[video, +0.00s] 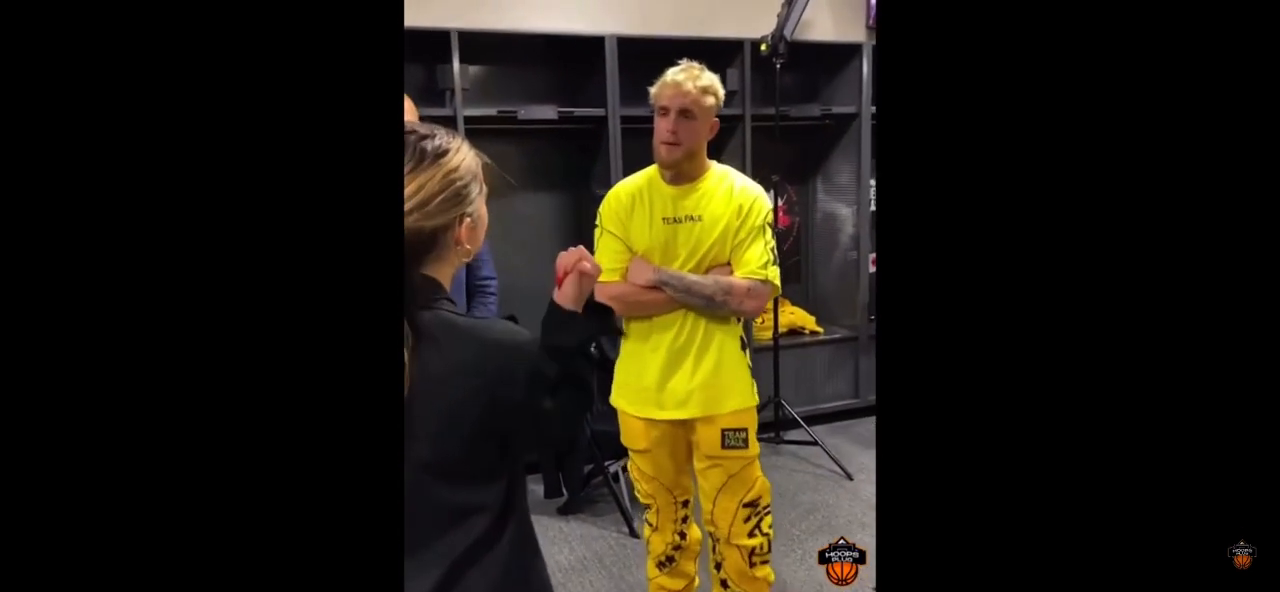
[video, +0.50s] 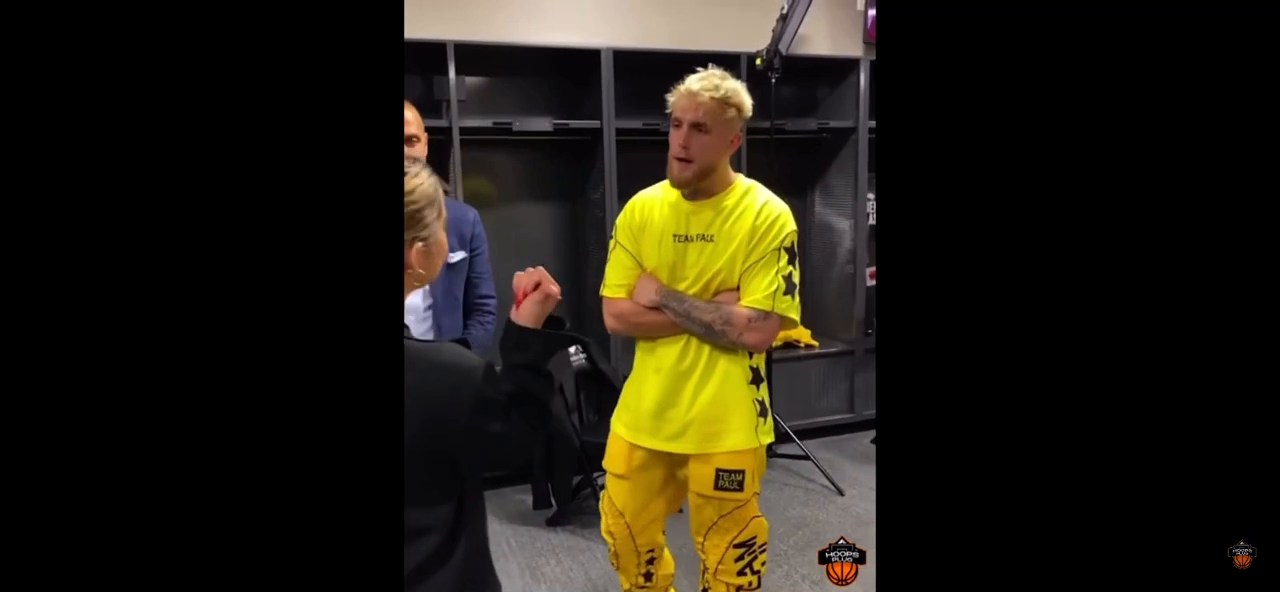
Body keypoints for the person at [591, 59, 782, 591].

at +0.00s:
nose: (668, 128)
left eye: (684, 116)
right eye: (661, 113)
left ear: (713, 126)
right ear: (651, 119)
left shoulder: (746, 198)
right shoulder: (621, 200)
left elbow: (752, 298)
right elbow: (611, 298)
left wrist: (653, 274)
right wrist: (705, 288)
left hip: (722, 390)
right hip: (643, 392)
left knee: (741, 539)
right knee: (665, 541)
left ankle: (745, 585)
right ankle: (670, 587)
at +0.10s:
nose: (673, 132)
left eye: (690, 120)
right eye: (667, 117)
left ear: (720, 129)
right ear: (657, 121)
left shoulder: (751, 203)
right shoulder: (626, 202)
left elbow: (757, 305)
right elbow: (613, 300)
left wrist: (657, 279)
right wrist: (709, 291)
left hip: (725, 395)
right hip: (646, 395)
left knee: (740, 544)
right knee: (666, 546)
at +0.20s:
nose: (682, 138)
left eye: (699, 126)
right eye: (676, 123)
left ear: (731, 138)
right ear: (667, 127)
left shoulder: (762, 213)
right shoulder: (636, 208)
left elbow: (760, 319)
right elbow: (615, 310)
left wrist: (661, 287)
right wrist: (716, 301)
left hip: (731, 411)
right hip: (648, 409)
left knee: (741, 558)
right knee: (661, 557)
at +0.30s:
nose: (685, 139)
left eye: (703, 127)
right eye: (681, 123)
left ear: (737, 139)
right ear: (672, 127)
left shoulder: (768, 215)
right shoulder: (641, 207)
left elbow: (763, 324)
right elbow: (618, 312)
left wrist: (665, 289)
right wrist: (719, 306)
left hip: (733, 420)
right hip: (648, 415)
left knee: (739, 566)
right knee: (651, 564)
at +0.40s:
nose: (684, 140)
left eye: (702, 128)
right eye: (679, 124)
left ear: (736, 141)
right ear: (671, 129)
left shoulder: (769, 215)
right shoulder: (642, 208)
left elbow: (762, 327)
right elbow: (618, 314)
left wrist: (664, 292)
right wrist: (719, 308)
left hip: (731, 421)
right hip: (646, 414)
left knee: (735, 562)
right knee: (637, 548)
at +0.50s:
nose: (680, 141)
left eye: (698, 129)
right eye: (676, 126)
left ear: (734, 141)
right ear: (667, 129)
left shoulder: (767, 217)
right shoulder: (641, 209)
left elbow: (757, 332)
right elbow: (617, 317)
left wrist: (661, 294)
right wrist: (714, 312)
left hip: (726, 420)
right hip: (645, 411)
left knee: (728, 556)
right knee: (625, 536)